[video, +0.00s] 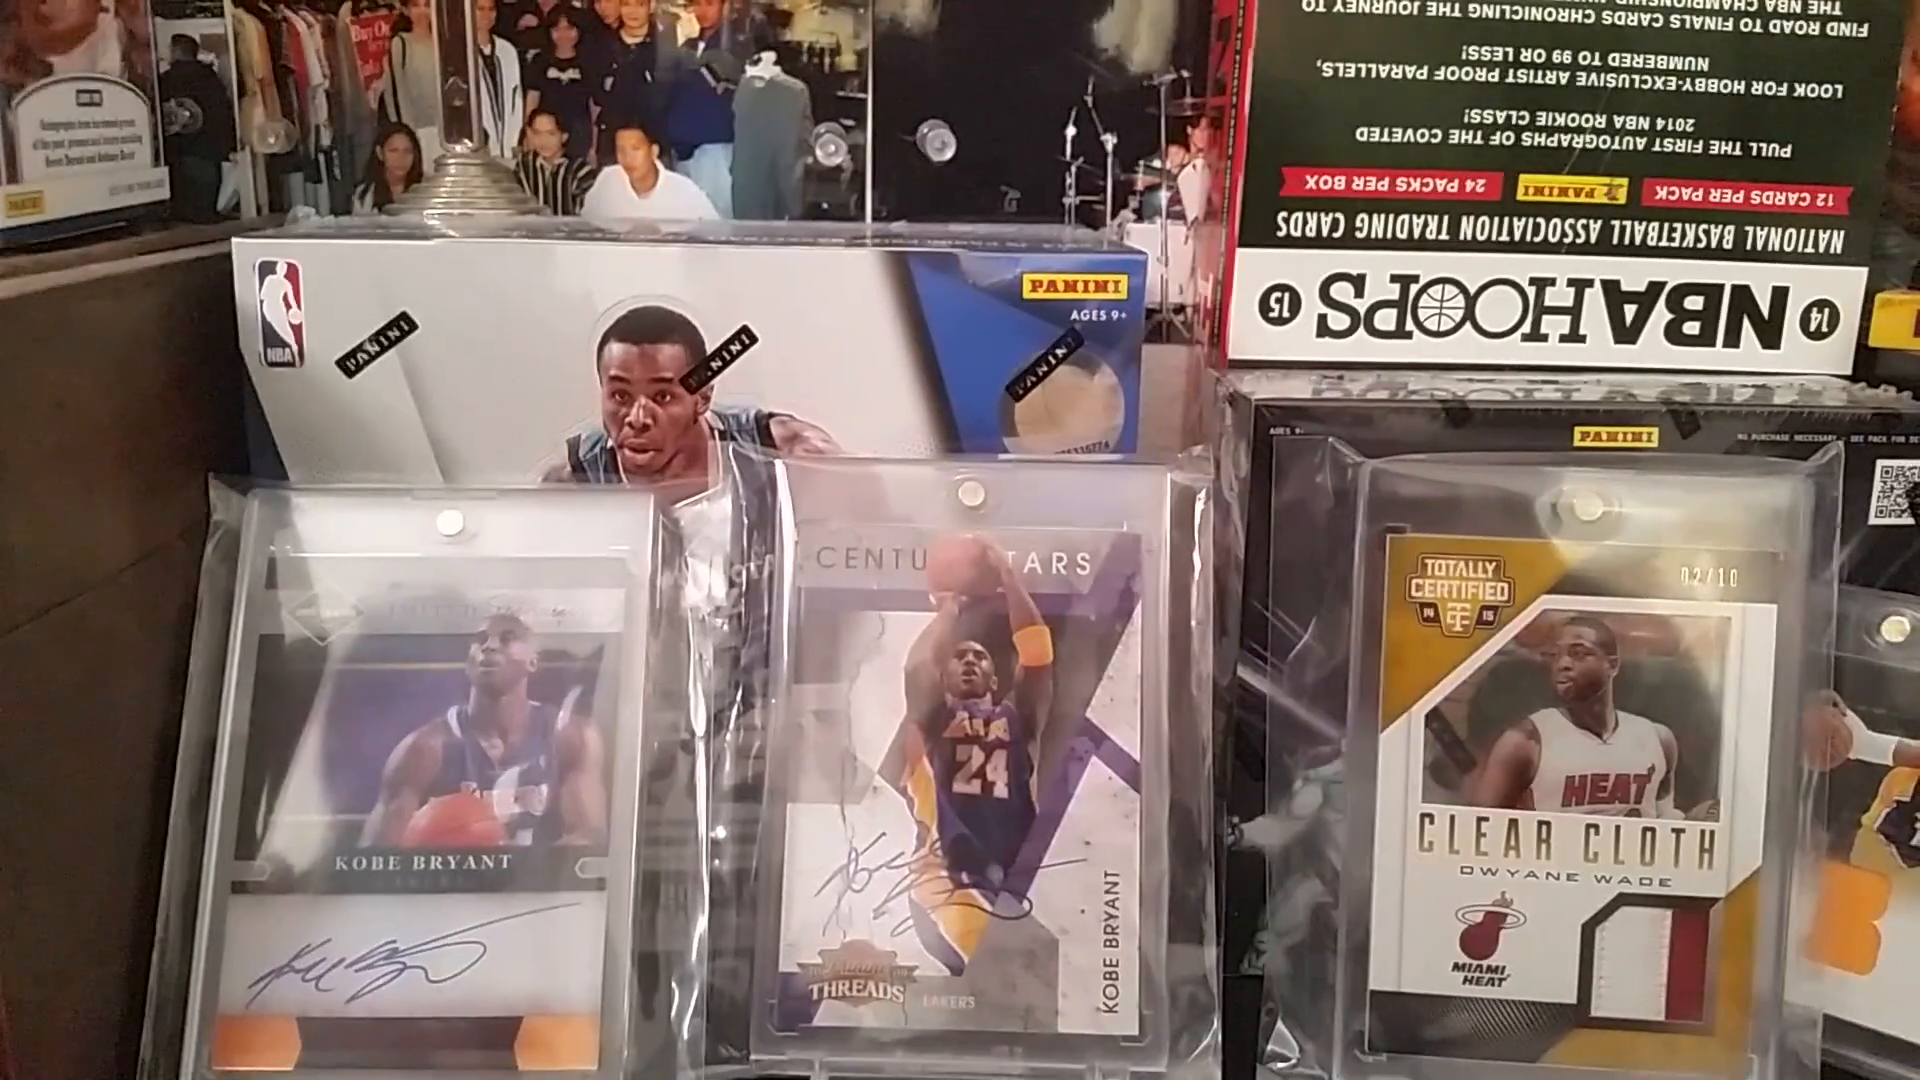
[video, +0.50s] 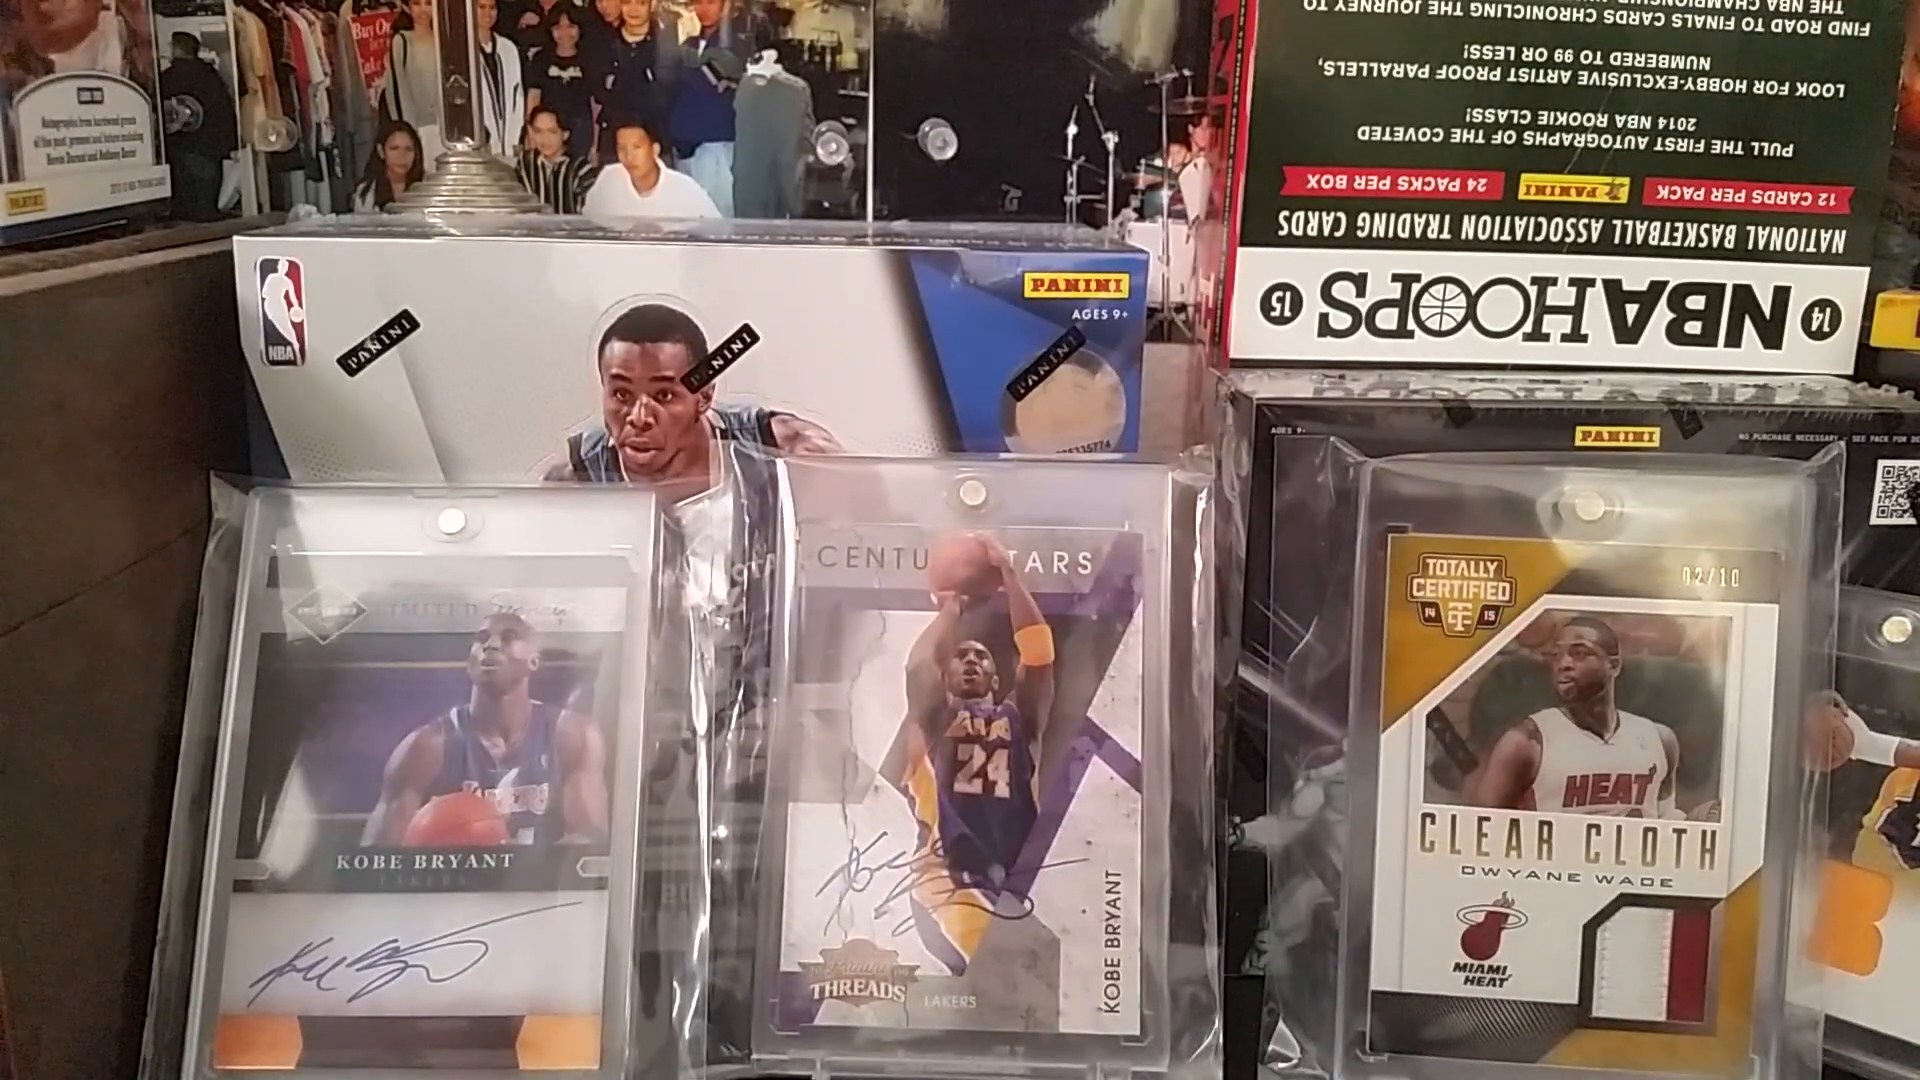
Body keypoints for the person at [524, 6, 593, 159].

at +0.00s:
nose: (562, 34)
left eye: (568, 28)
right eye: (556, 29)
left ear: (578, 32)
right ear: (551, 33)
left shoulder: (588, 63)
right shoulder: (540, 62)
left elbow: (594, 108)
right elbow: (532, 101)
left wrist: (593, 147)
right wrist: (528, 138)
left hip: (579, 137)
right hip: (545, 138)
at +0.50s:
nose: (564, 32)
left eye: (570, 26)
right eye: (558, 27)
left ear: (578, 30)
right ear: (552, 32)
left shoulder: (588, 60)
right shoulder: (541, 59)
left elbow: (597, 103)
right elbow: (533, 97)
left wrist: (595, 146)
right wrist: (531, 134)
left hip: (580, 129)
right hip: (548, 131)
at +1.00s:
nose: (564, 33)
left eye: (569, 27)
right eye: (558, 27)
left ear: (578, 31)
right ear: (552, 32)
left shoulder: (589, 62)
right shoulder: (540, 60)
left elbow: (596, 105)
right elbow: (533, 98)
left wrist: (594, 146)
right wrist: (530, 135)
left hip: (580, 131)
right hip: (548, 132)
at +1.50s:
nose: (565, 33)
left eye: (571, 27)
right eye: (559, 28)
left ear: (579, 30)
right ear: (552, 32)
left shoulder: (589, 60)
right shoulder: (543, 59)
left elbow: (596, 104)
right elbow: (534, 97)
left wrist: (595, 146)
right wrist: (531, 134)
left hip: (581, 131)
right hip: (549, 133)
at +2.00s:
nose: (565, 33)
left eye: (571, 27)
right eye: (560, 28)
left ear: (580, 31)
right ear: (553, 32)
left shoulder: (590, 62)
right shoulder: (543, 60)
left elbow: (597, 104)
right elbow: (534, 97)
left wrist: (596, 145)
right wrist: (531, 134)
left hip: (581, 131)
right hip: (549, 133)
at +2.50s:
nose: (566, 33)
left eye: (571, 27)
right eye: (560, 28)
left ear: (580, 31)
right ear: (553, 33)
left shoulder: (590, 61)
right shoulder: (543, 60)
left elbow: (597, 105)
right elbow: (535, 98)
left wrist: (596, 145)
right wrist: (531, 135)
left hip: (581, 134)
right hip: (549, 136)